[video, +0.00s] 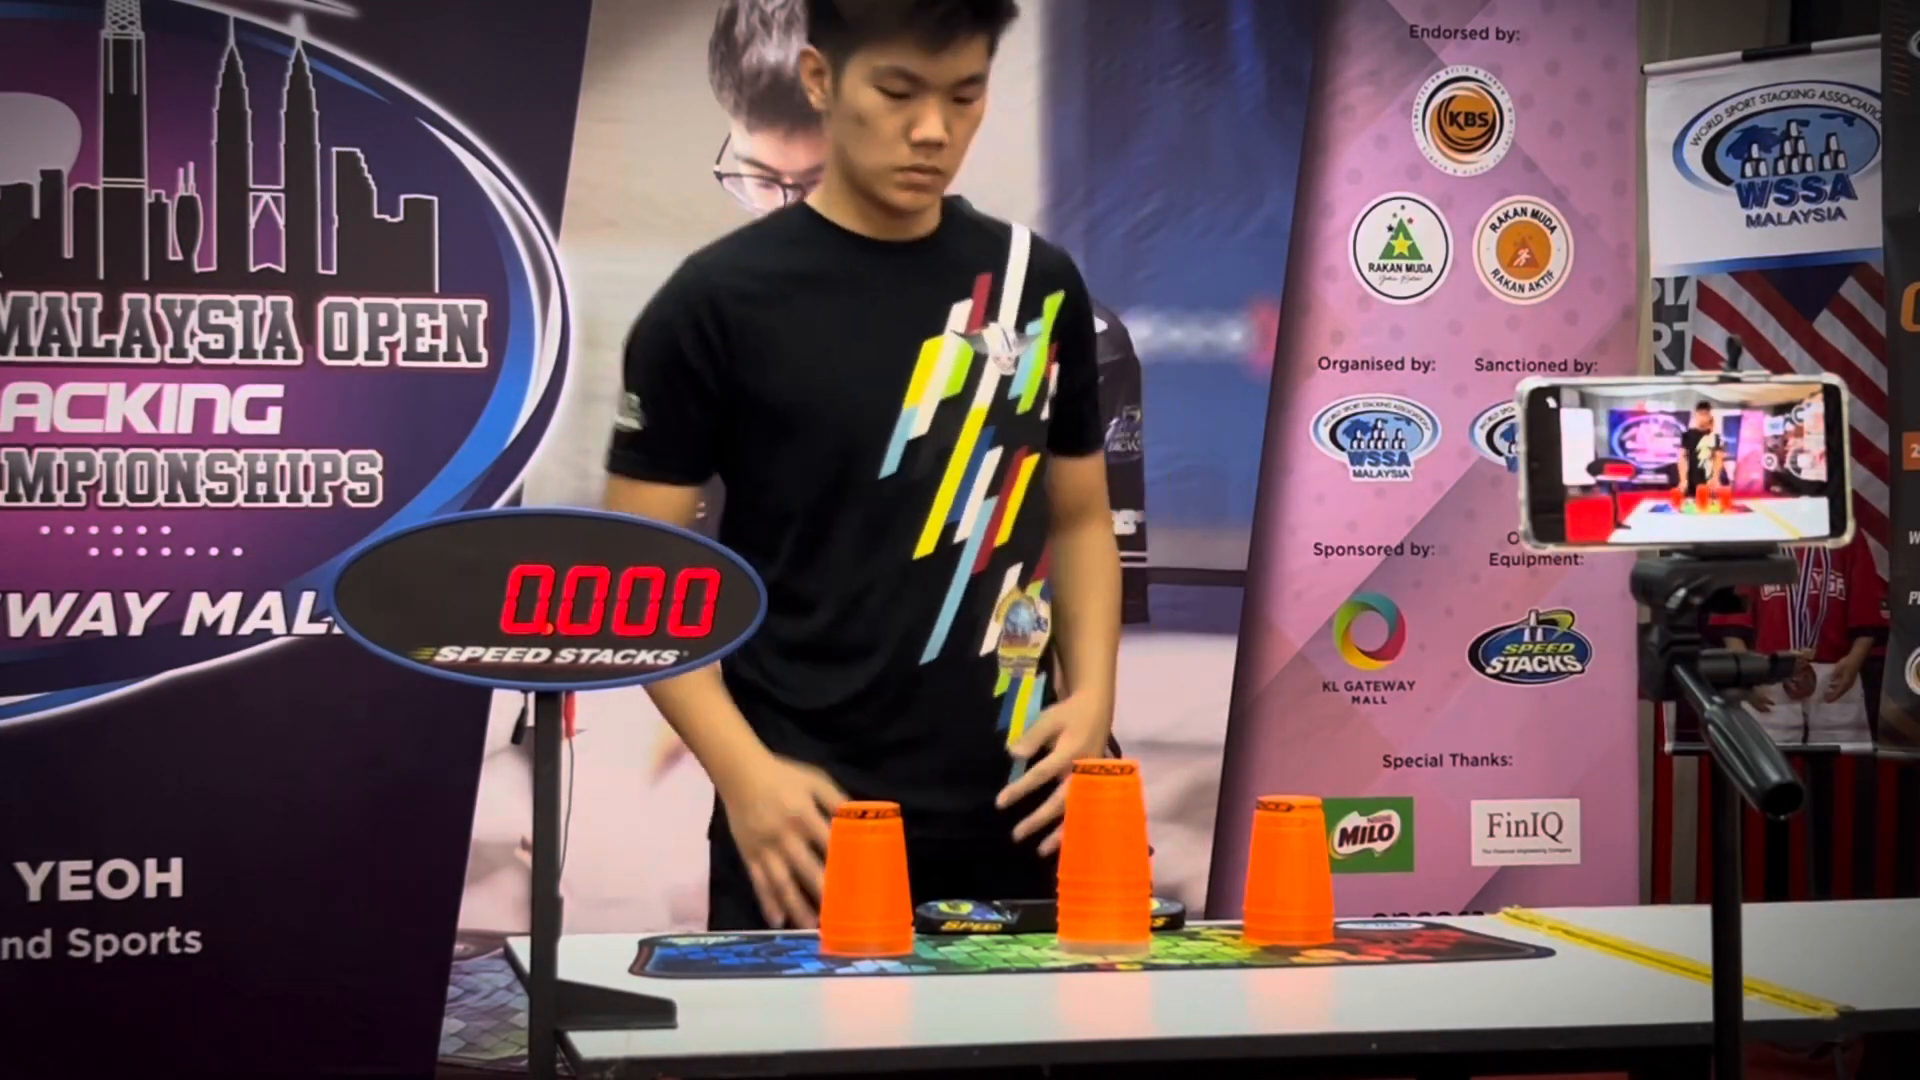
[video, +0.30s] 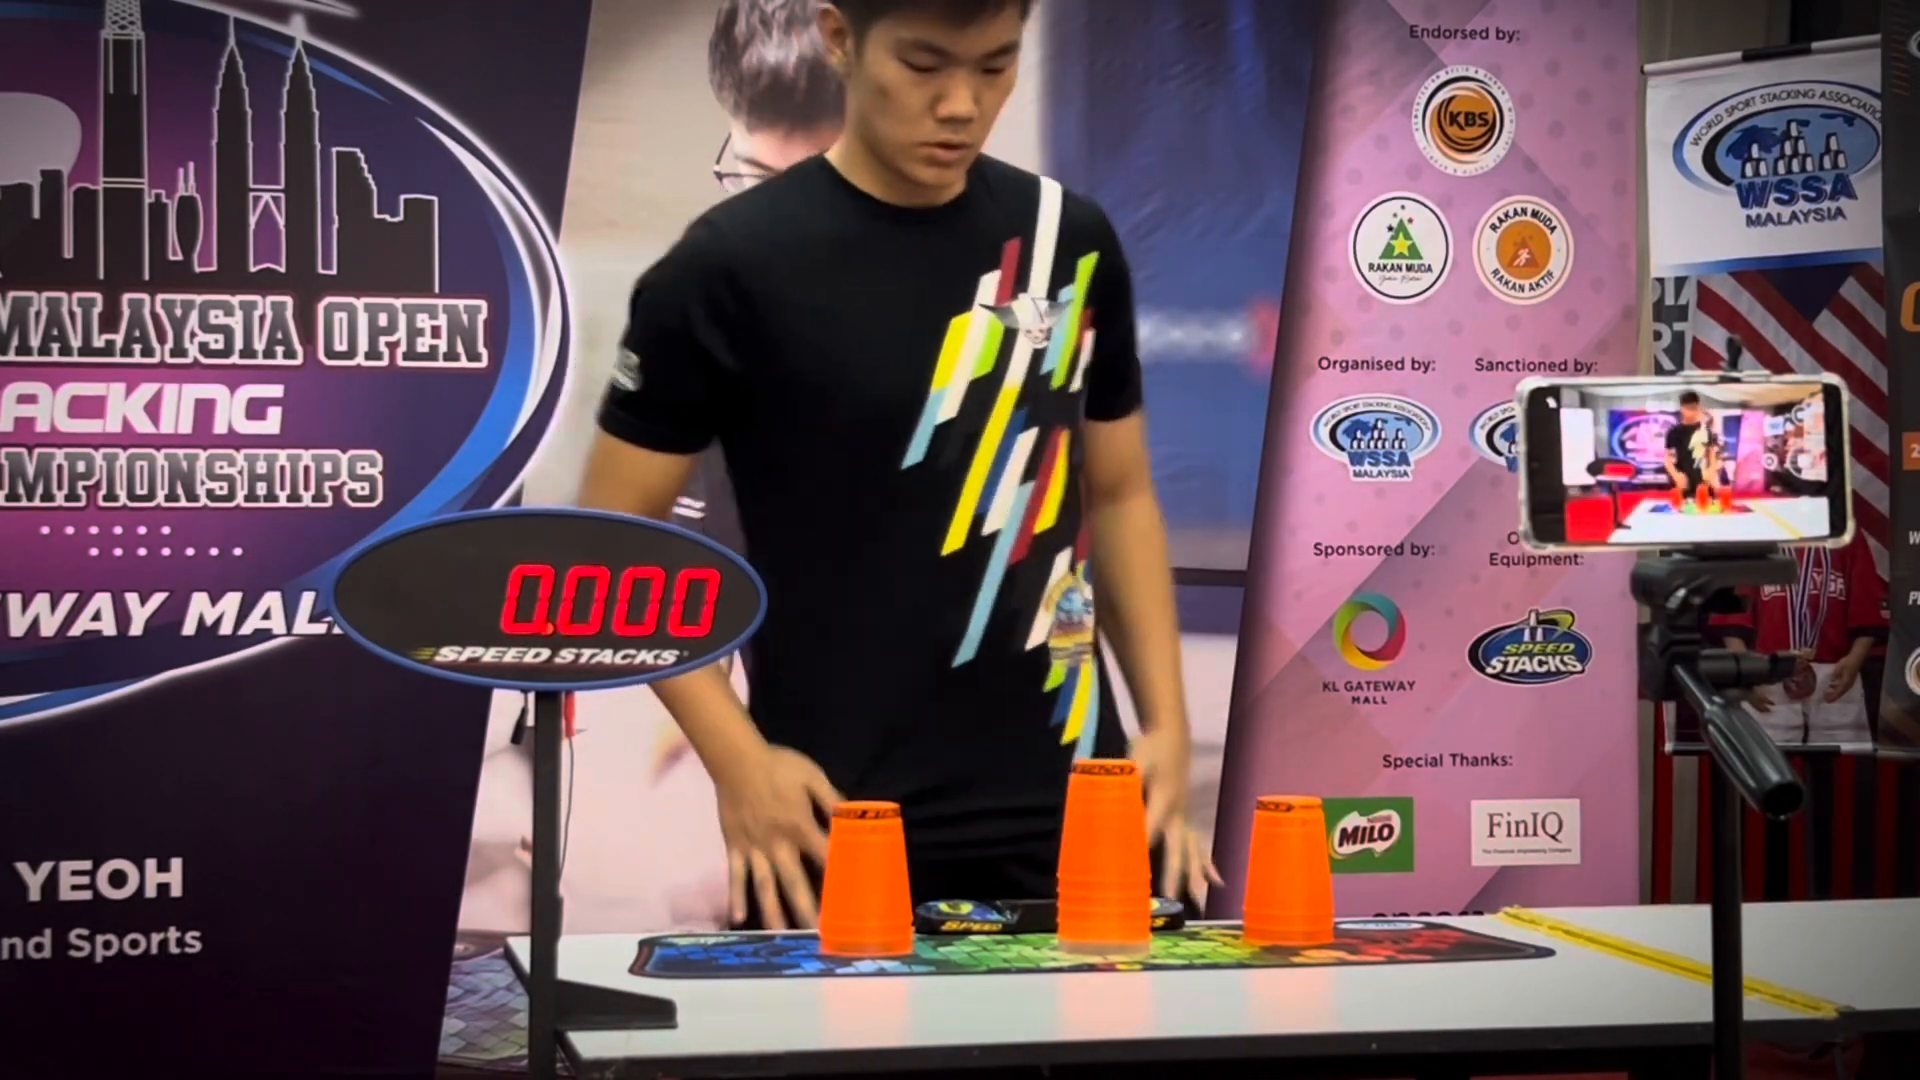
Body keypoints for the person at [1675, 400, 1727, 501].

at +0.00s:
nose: (1703, 418)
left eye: (1706, 414)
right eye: (1700, 414)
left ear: (1710, 415)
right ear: (1696, 415)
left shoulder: (1714, 437)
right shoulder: (1688, 436)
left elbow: (1718, 458)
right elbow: (1683, 458)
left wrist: (1715, 478)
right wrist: (1683, 480)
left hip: (1709, 484)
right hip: (1692, 483)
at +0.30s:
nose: (1691, 413)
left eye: (1694, 409)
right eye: (1687, 409)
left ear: (1699, 409)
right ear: (1681, 409)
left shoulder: (1707, 431)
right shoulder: (1675, 432)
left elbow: (1714, 455)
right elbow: (1668, 459)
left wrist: (1711, 472)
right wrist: (1677, 477)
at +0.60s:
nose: (1694, 411)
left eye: (1697, 406)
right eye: (1690, 406)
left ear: (1702, 407)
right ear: (1683, 407)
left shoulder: (1708, 427)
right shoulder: (1675, 430)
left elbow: (1716, 453)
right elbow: (1668, 457)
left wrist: (1718, 481)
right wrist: (1676, 481)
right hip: (1685, 484)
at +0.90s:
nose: (1710, 416)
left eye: (1713, 411)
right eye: (1706, 411)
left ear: (1717, 411)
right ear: (1700, 410)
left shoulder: (1724, 433)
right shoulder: (1691, 434)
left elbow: (1729, 459)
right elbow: (1685, 459)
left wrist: (1725, 484)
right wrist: (1678, 484)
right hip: (1693, 490)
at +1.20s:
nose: (1707, 418)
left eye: (1711, 414)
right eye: (1704, 413)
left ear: (1716, 413)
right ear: (1698, 411)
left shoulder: (1719, 437)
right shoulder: (1686, 435)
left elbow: (1722, 463)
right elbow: (1677, 460)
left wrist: (1718, 487)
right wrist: (1677, 484)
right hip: (1688, 494)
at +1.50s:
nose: (1708, 418)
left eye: (1712, 414)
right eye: (1705, 413)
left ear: (1716, 413)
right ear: (1699, 411)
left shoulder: (1720, 437)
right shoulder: (1688, 435)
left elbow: (1723, 463)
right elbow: (1682, 465)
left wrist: (1721, 485)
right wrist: (1697, 485)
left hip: (1714, 494)